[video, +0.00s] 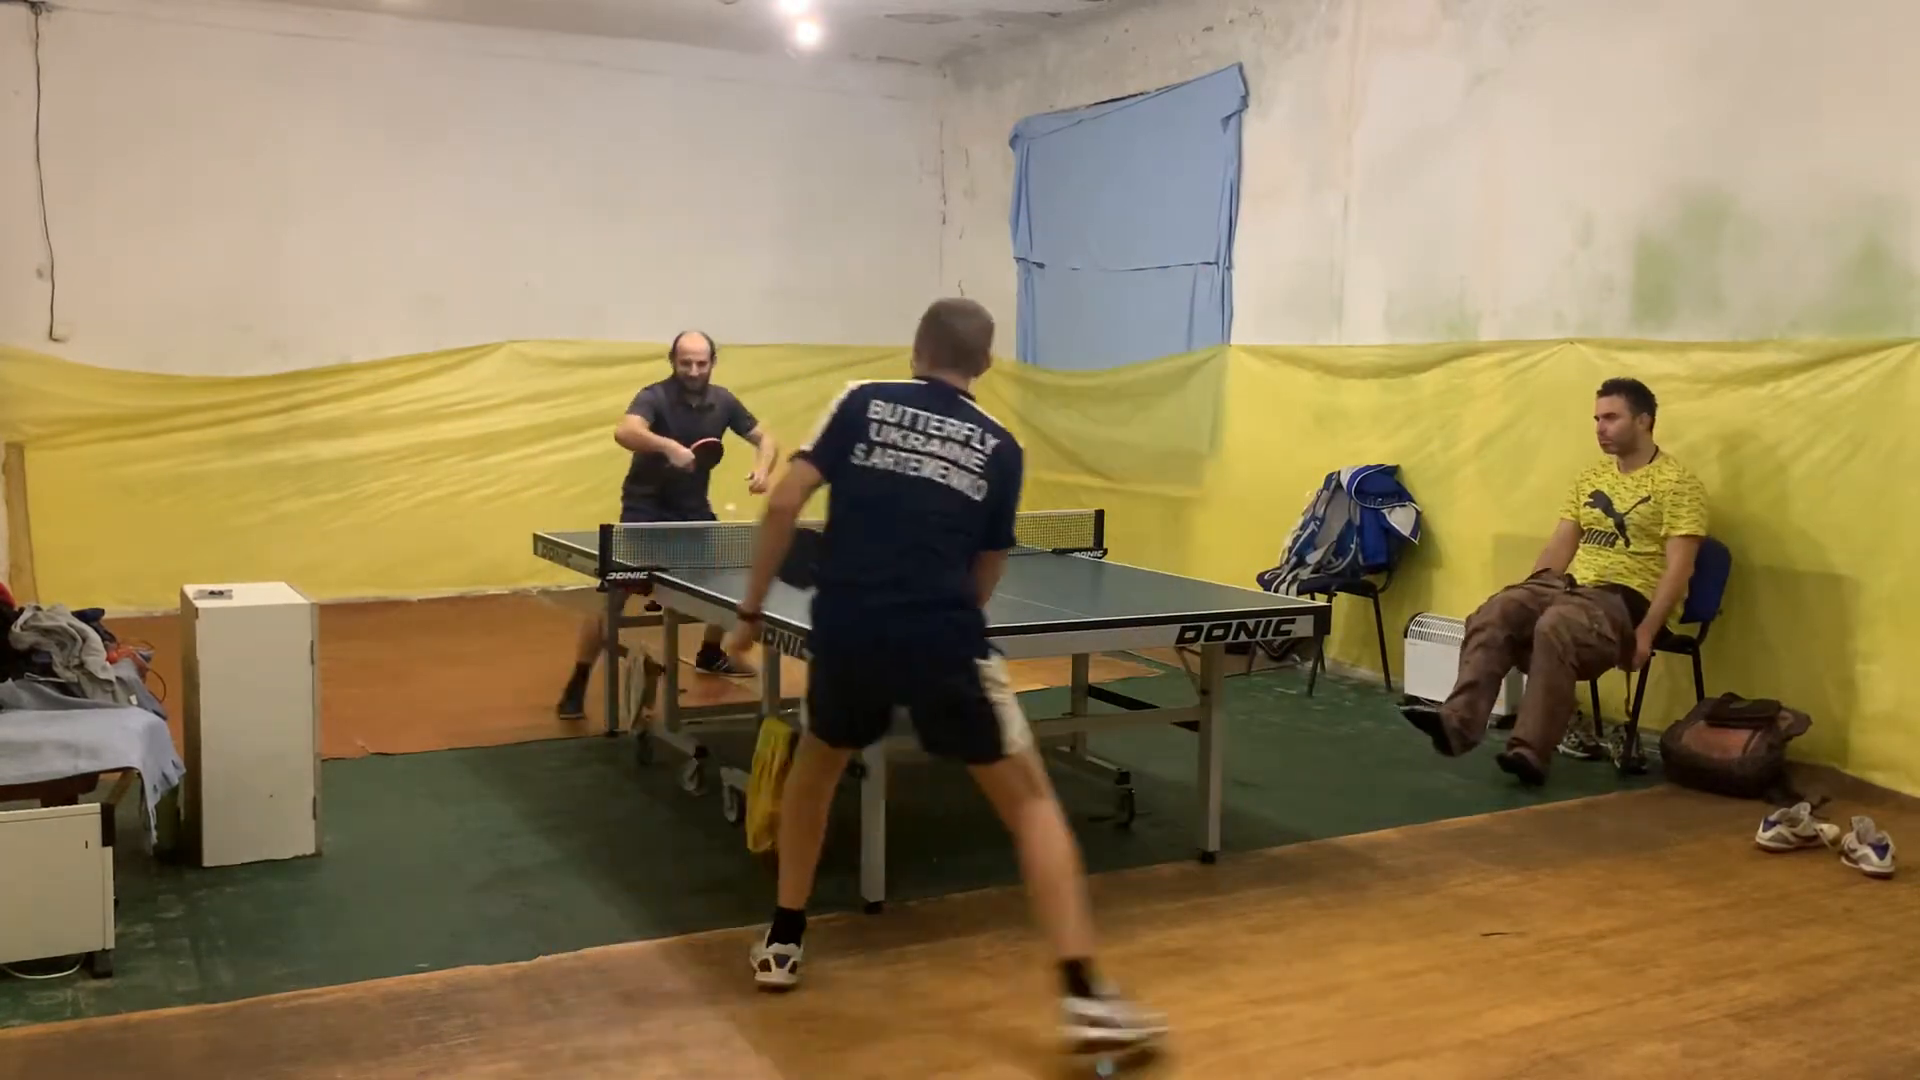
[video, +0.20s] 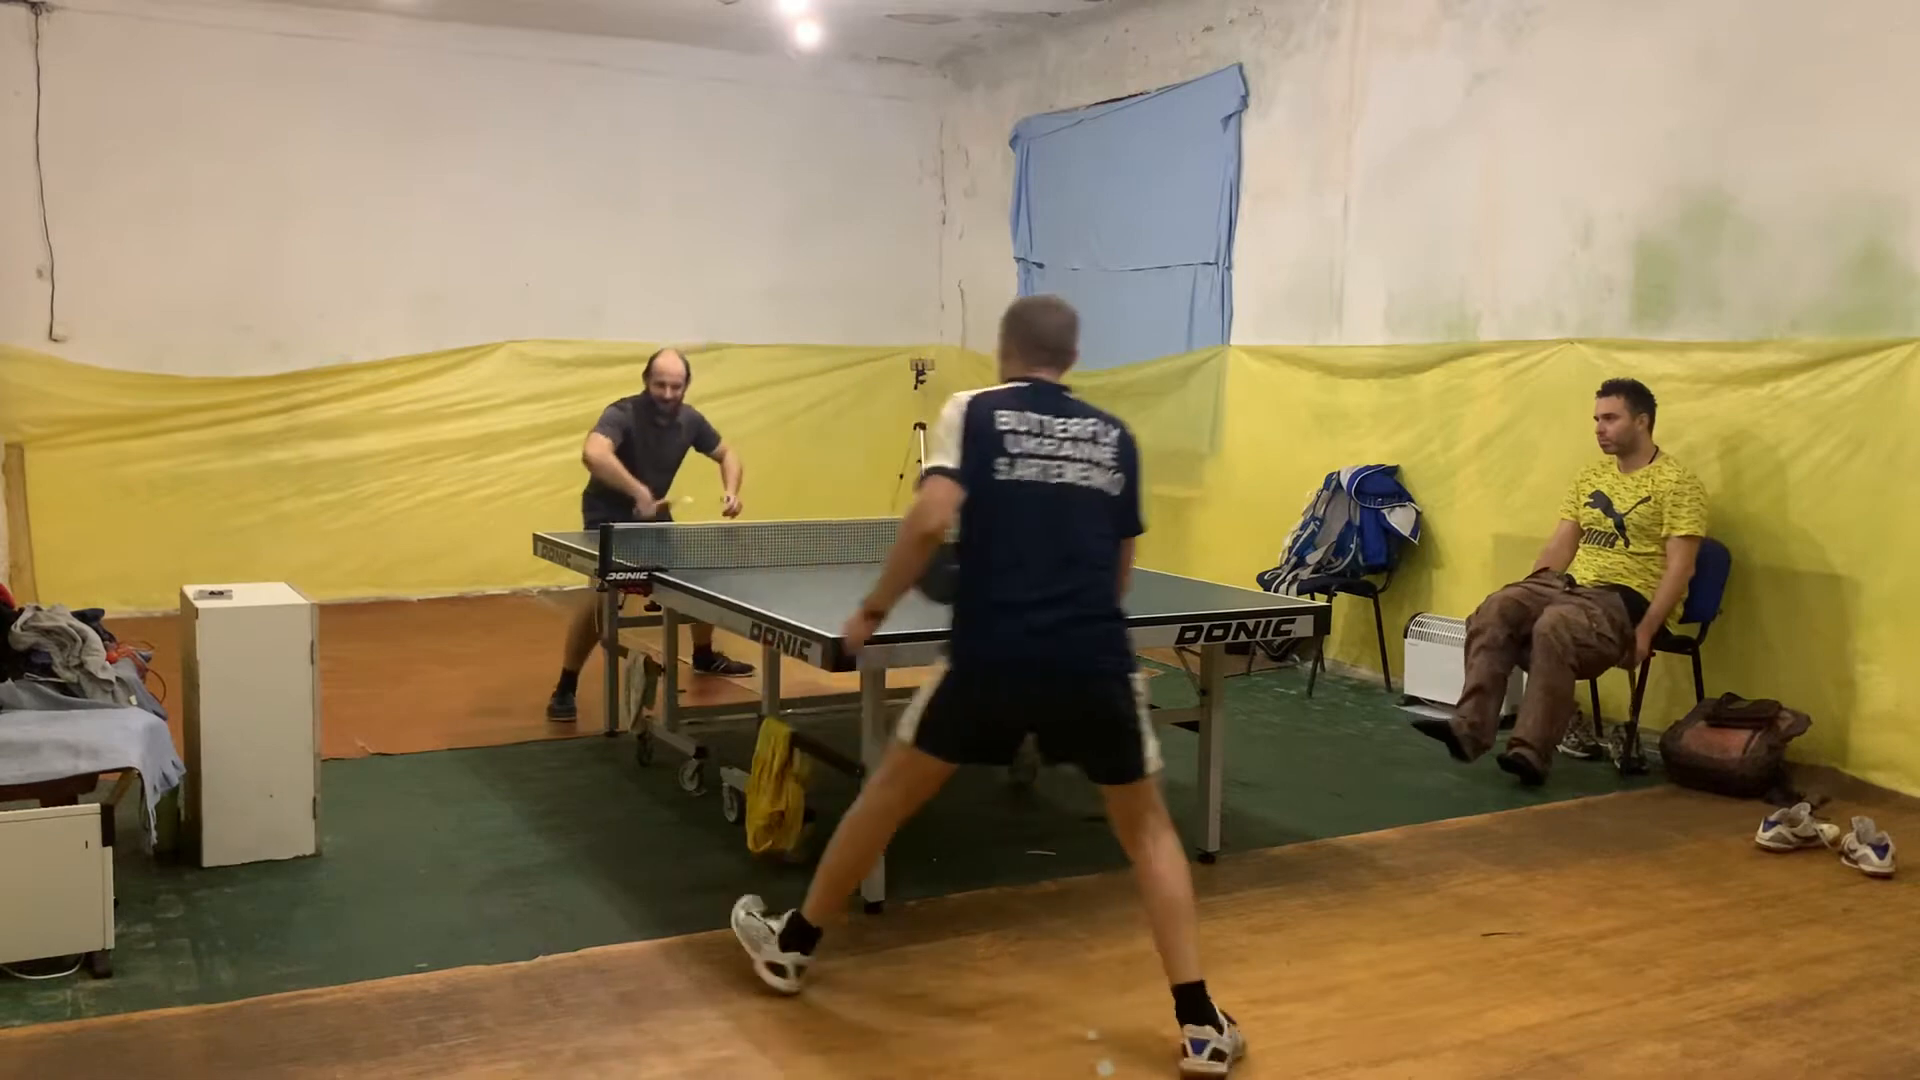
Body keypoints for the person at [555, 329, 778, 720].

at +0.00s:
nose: (694, 370)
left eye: (701, 363)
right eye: (686, 363)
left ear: (712, 363)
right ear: (673, 363)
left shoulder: (722, 400)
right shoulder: (654, 396)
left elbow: (765, 439)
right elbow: (625, 432)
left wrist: (763, 467)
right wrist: (668, 446)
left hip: (695, 512)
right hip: (645, 511)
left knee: (731, 579)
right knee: (615, 596)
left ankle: (711, 652)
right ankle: (578, 681)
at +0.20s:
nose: (668, 394)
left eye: (677, 386)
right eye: (660, 385)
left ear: (687, 386)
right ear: (646, 381)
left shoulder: (691, 421)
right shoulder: (623, 413)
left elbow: (727, 456)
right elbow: (595, 453)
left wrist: (731, 491)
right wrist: (640, 492)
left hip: (655, 519)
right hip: (608, 518)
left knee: (698, 578)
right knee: (601, 598)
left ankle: (704, 655)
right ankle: (566, 687)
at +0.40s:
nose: (646, 373)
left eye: (654, 365)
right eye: (638, 364)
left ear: (664, 365)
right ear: (622, 362)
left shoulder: (679, 396)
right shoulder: (602, 405)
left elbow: (724, 420)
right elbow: (559, 447)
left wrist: (758, 459)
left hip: (674, 520)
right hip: (621, 524)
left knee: (709, 592)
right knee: (602, 601)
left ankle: (670, 647)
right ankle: (566, 685)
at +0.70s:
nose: (679, 356)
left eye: (685, 349)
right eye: (671, 349)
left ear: (695, 351)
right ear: (657, 351)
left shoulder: (713, 389)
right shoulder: (636, 395)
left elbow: (760, 418)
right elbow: (599, 437)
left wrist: (763, 443)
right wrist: (584, 450)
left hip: (706, 505)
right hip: (654, 508)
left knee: (732, 571)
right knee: (625, 586)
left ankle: (725, 639)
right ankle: (601, 663)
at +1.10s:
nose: (667, 381)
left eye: (674, 374)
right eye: (661, 375)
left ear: (689, 372)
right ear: (652, 375)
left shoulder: (713, 403)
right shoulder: (643, 413)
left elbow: (739, 437)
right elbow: (612, 455)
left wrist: (731, 486)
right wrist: (593, 480)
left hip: (707, 511)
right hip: (657, 514)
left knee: (753, 562)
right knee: (629, 580)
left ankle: (764, 632)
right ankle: (606, 650)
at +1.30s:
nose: (596, 353)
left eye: (604, 345)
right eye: (588, 347)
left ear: (618, 346)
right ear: (580, 351)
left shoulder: (648, 373)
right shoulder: (581, 399)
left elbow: (708, 394)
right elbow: (591, 455)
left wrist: (735, 438)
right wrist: (638, 473)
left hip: (669, 478)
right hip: (621, 487)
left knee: (715, 545)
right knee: (607, 570)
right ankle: (607, 653)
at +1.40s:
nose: (588, 331)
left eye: (594, 324)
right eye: (580, 326)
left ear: (607, 324)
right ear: (569, 330)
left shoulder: (637, 355)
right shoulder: (566, 378)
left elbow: (693, 383)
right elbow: (578, 441)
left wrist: (715, 434)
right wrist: (621, 469)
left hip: (651, 462)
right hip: (602, 469)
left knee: (690, 532)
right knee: (583, 553)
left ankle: (710, 605)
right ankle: (586, 646)